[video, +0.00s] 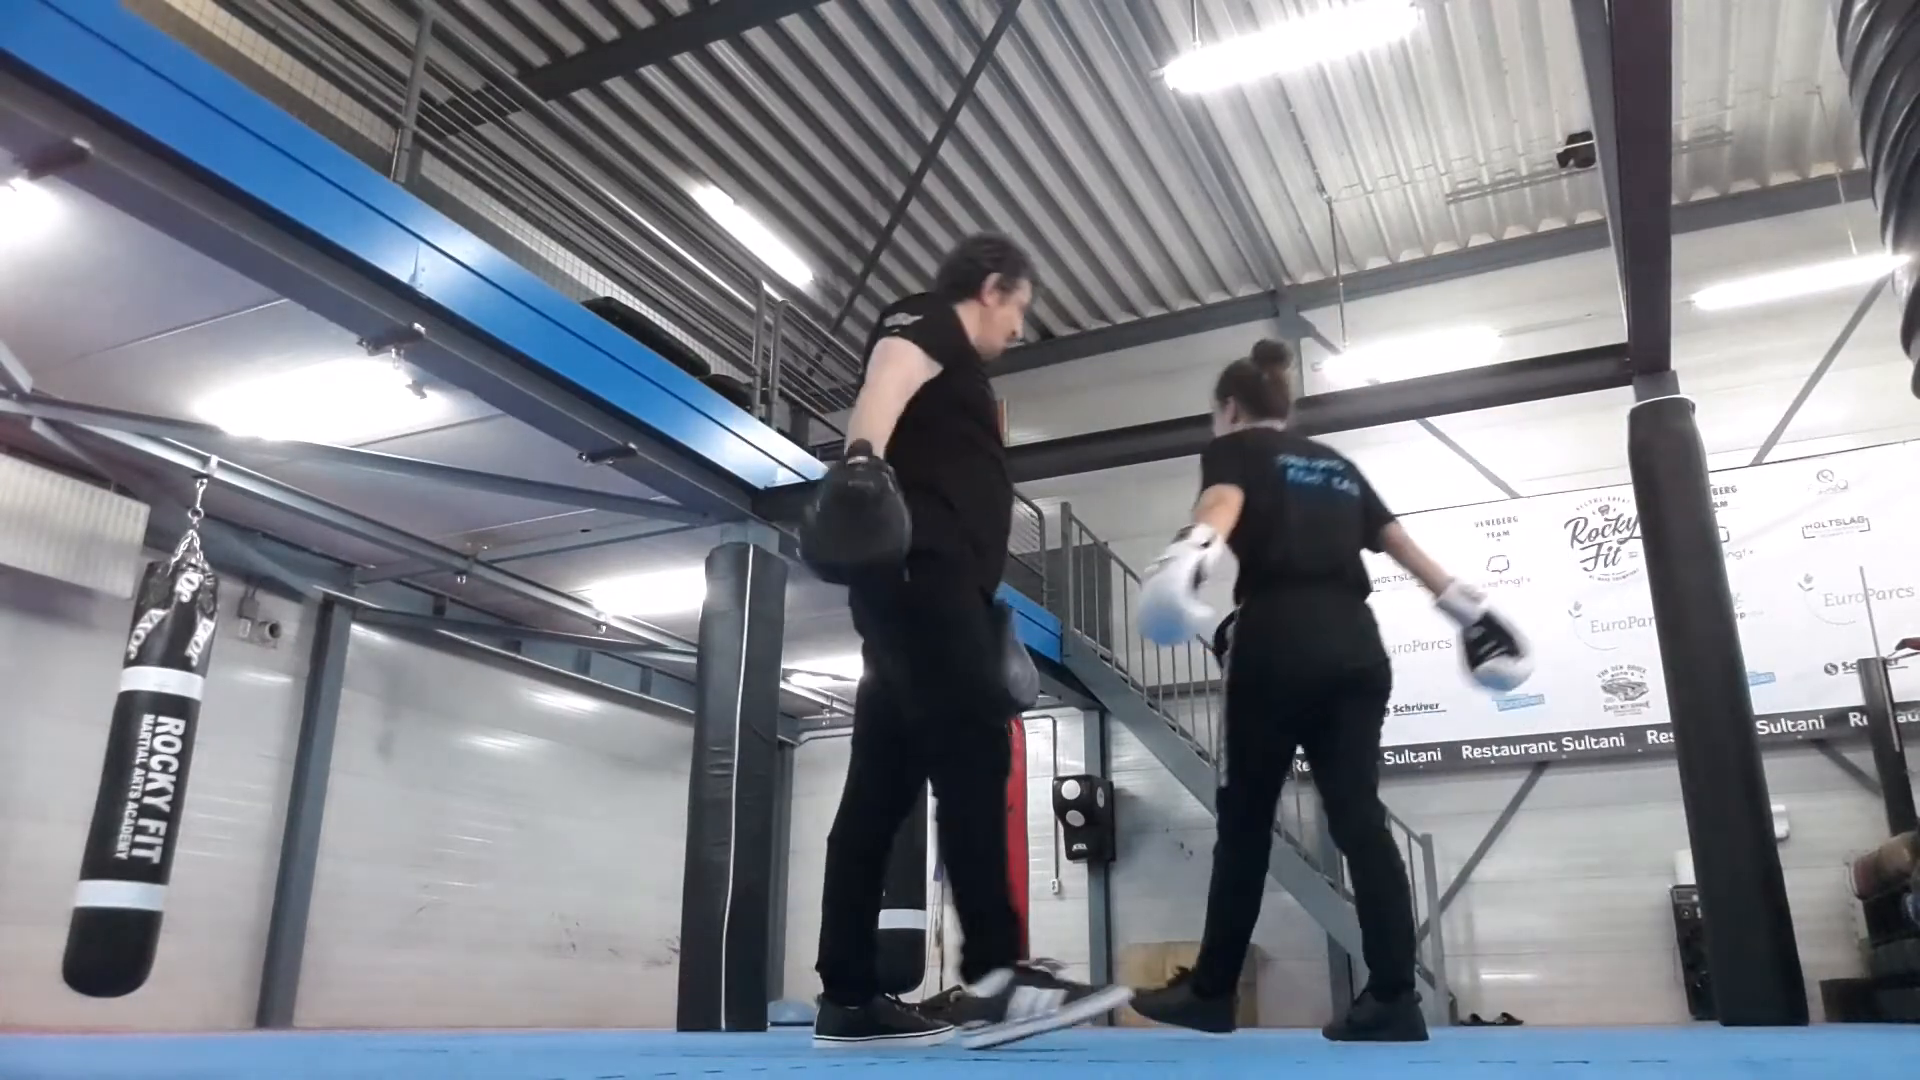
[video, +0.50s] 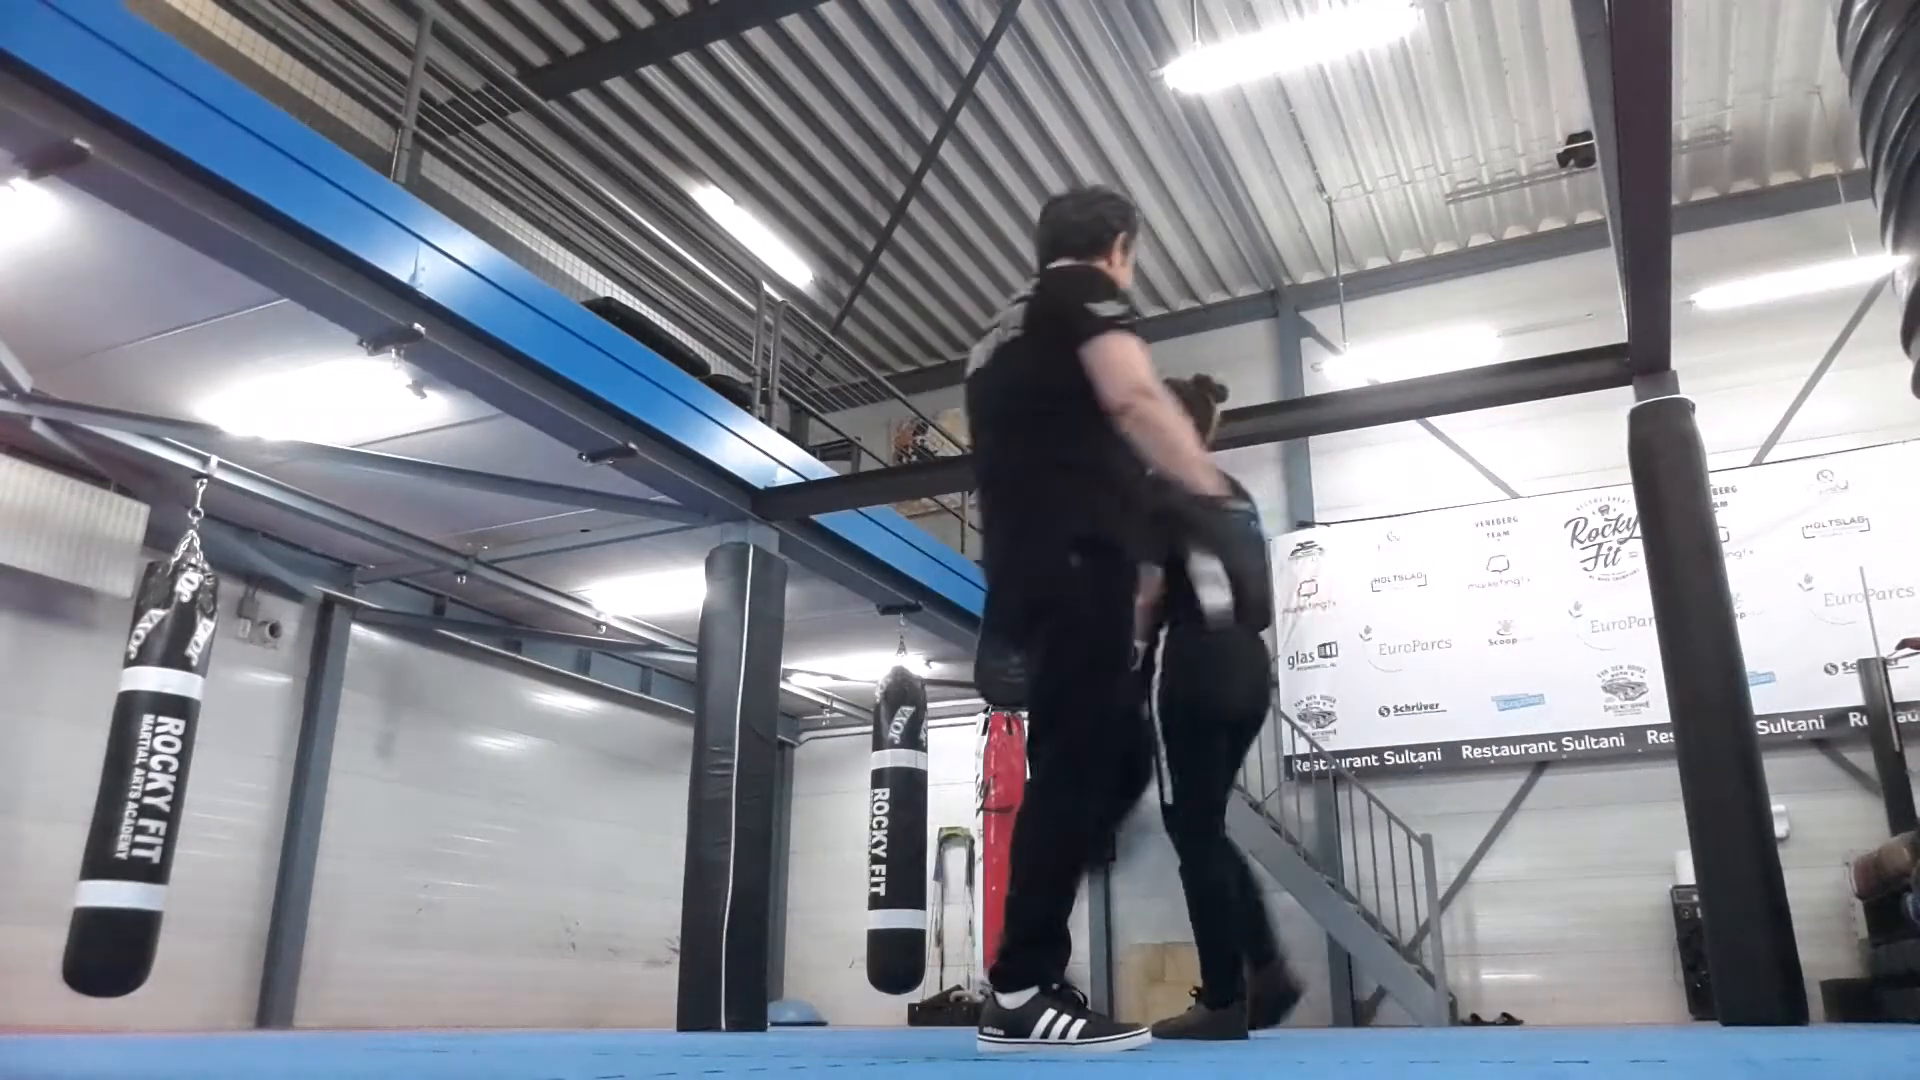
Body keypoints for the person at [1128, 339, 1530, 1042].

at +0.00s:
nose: (1214, 426)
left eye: (1215, 416)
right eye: (1215, 418)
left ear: (1231, 409)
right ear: (1285, 411)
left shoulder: (1234, 451)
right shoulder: (1338, 467)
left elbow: (1222, 505)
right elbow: (1402, 547)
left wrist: (1187, 554)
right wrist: (1468, 606)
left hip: (1274, 645)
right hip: (1356, 645)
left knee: (1245, 818)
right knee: (1361, 820)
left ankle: (1209, 990)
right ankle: (1394, 1000)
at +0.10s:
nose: (1189, 435)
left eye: (1193, 422)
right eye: (1191, 423)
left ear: (1216, 418)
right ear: (1256, 421)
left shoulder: (1210, 468)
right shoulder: (1315, 475)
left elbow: (1187, 533)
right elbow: (1365, 565)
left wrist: (1144, 583)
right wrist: (1409, 633)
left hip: (1253, 656)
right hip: (1334, 652)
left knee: (1232, 824)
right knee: (1344, 822)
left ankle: (1226, 1004)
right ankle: (1392, 997)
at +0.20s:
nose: (1165, 439)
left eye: (1172, 425)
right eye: (1166, 426)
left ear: (1205, 422)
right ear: (1229, 425)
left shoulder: (1193, 478)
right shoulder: (1292, 481)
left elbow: (1162, 557)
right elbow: (1329, 575)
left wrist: (1107, 627)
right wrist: (1341, 658)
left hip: (1230, 670)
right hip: (1308, 666)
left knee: (1219, 835)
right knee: (1313, 825)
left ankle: (1222, 1003)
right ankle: (1382, 972)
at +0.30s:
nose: (1150, 433)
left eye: (1159, 420)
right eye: (1151, 420)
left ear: (1197, 421)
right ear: (1212, 425)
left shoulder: (1179, 478)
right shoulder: (1270, 481)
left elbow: (1147, 576)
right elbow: (1299, 590)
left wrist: (1110, 659)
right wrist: (1290, 658)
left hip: (1210, 660)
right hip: (1281, 660)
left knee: (1210, 834)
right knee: (1270, 828)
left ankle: (1222, 1004)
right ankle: (1347, 927)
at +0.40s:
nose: (1142, 432)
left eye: (1152, 420)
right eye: (1144, 419)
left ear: (1189, 423)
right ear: (1205, 427)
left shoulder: (1172, 482)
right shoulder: (1252, 485)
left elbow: (1151, 590)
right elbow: (1276, 594)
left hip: (1198, 655)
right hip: (1262, 655)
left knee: (1203, 832)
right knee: (1236, 822)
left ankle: (1222, 1001)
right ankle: (1314, 935)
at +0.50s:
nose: (1148, 430)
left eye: (1155, 420)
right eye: (1152, 419)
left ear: (1171, 425)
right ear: (1207, 426)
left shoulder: (1163, 492)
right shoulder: (1235, 493)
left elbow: (1151, 591)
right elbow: (1253, 592)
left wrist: (1135, 653)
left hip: (1196, 661)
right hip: (1250, 658)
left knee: (1194, 825)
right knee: (1199, 821)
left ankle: (1223, 999)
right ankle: (1266, 972)